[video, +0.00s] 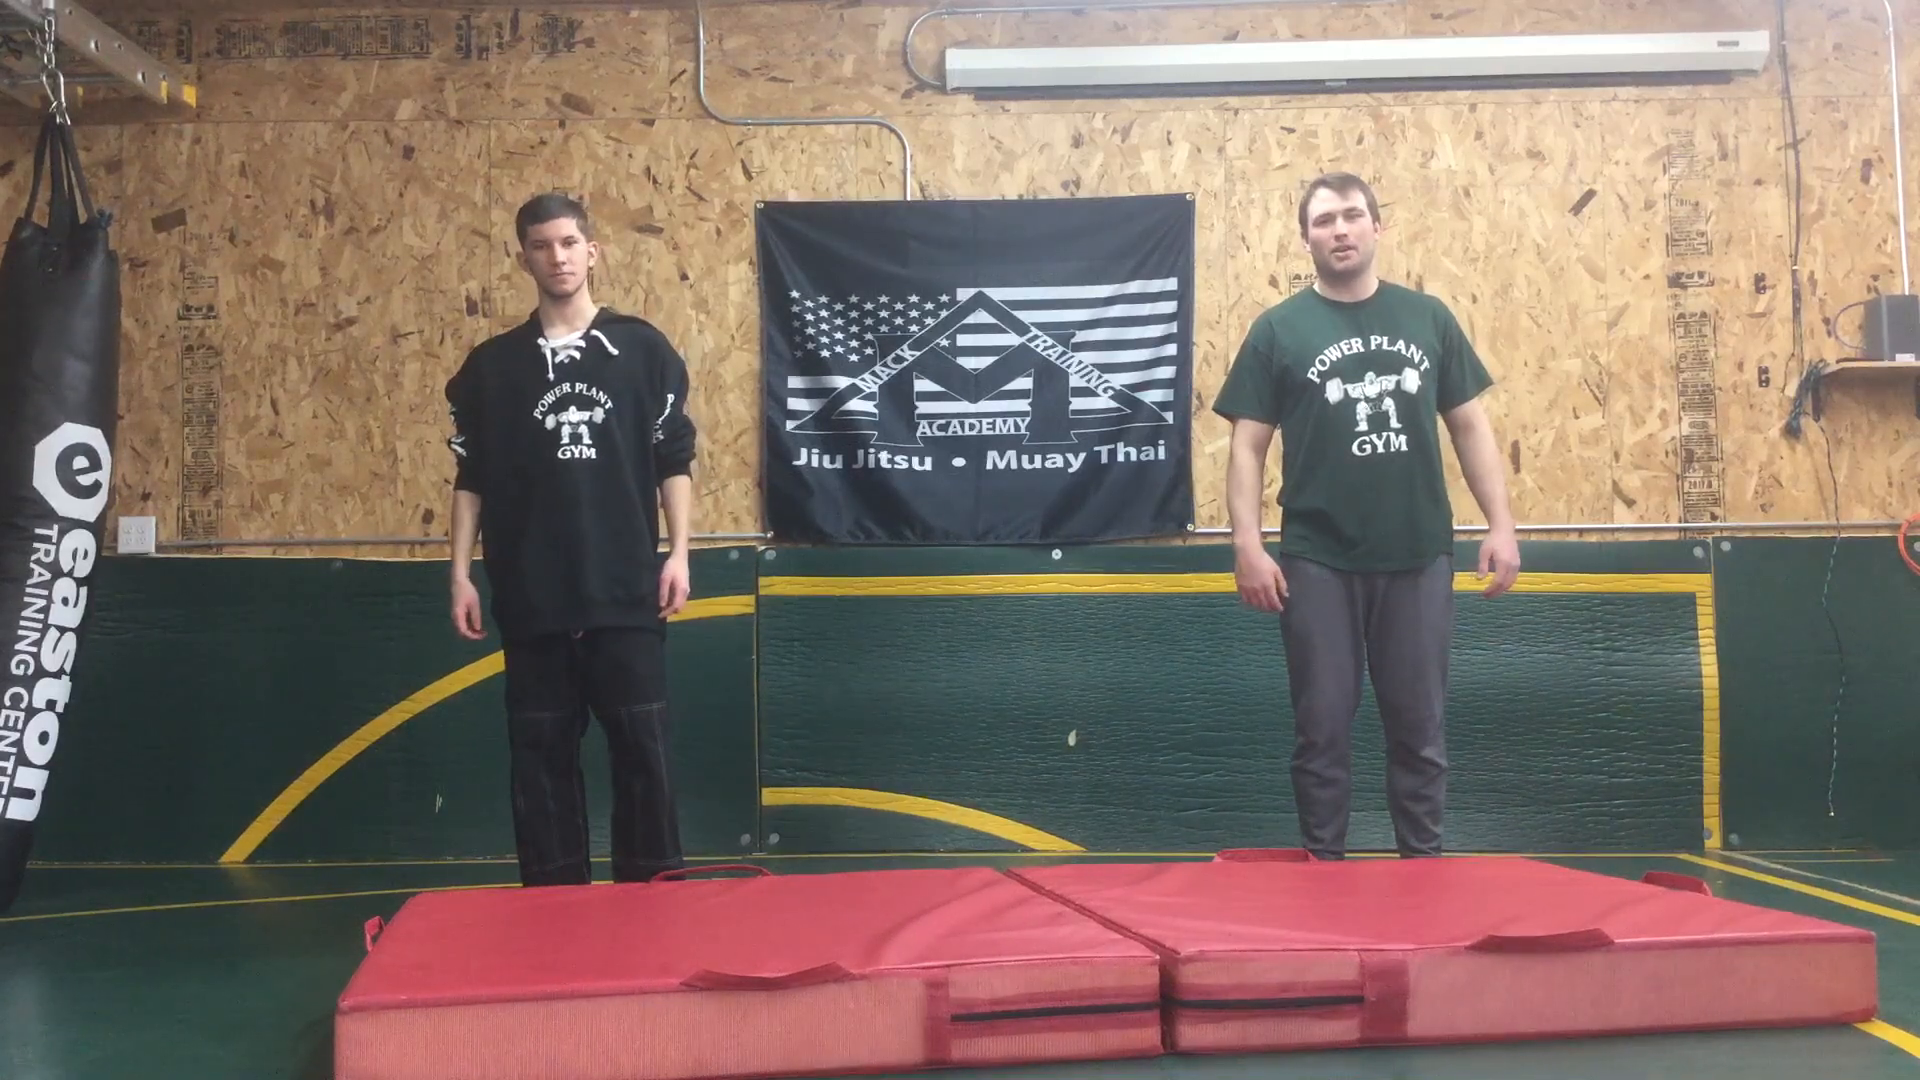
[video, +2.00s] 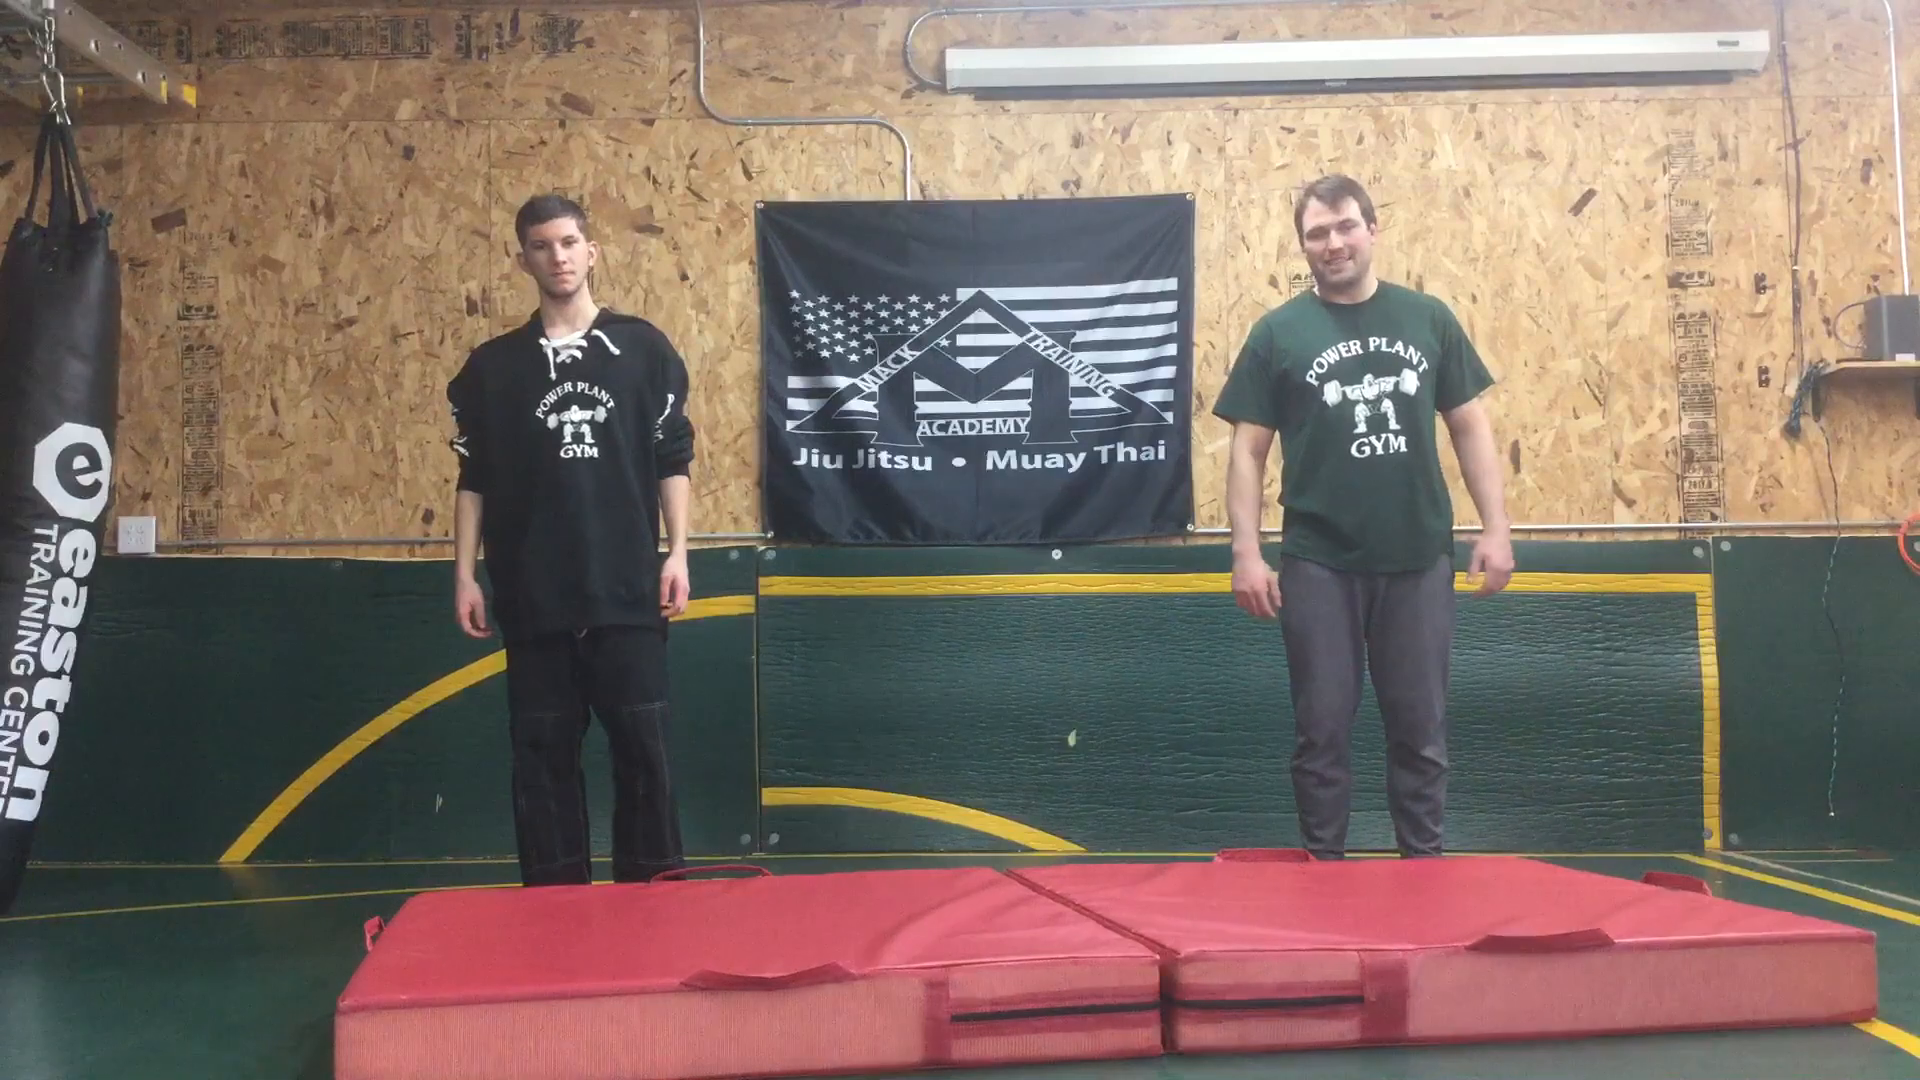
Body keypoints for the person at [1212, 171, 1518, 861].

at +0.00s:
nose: (1340, 229)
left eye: (1351, 216)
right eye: (1324, 221)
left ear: (1377, 228)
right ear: (1306, 240)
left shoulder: (1426, 317)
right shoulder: (1278, 330)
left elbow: (1468, 424)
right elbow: (1248, 445)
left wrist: (1501, 525)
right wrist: (1248, 545)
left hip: (1417, 554)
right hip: (1317, 556)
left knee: (1419, 725)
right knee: (1322, 723)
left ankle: (1423, 869)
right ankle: (1323, 870)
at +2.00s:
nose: (1333, 243)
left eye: (1344, 227)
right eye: (1317, 234)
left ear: (1373, 230)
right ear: (1302, 246)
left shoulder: (1428, 320)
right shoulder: (1277, 335)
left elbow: (1468, 425)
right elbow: (1248, 451)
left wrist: (1496, 527)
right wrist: (1246, 552)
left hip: (1417, 557)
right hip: (1317, 559)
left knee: (1419, 729)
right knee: (1322, 727)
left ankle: (1423, 871)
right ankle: (1322, 873)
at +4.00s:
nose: (1349, 241)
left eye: (1363, 228)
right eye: (1335, 229)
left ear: (1386, 236)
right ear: (1315, 238)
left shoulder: (1432, 322)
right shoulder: (1281, 331)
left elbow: (1470, 431)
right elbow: (1250, 448)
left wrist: (1498, 531)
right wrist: (1245, 549)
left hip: (1419, 558)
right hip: (1319, 559)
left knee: (1420, 728)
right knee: (1323, 726)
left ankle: (1423, 869)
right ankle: (1323, 870)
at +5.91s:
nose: (1337, 224)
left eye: (1351, 212)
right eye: (1324, 218)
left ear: (1382, 230)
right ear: (1310, 241)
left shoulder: (1433, 319)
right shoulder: (1282, 332)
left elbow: (1473, 427)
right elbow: (1253, 447)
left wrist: (1502, 523)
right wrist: (1247, 539)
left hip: (1422, 554)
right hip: (1321, 556)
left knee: (1422, 726)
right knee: (1324, 724)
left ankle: (1423, 868)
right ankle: (1323, 870)